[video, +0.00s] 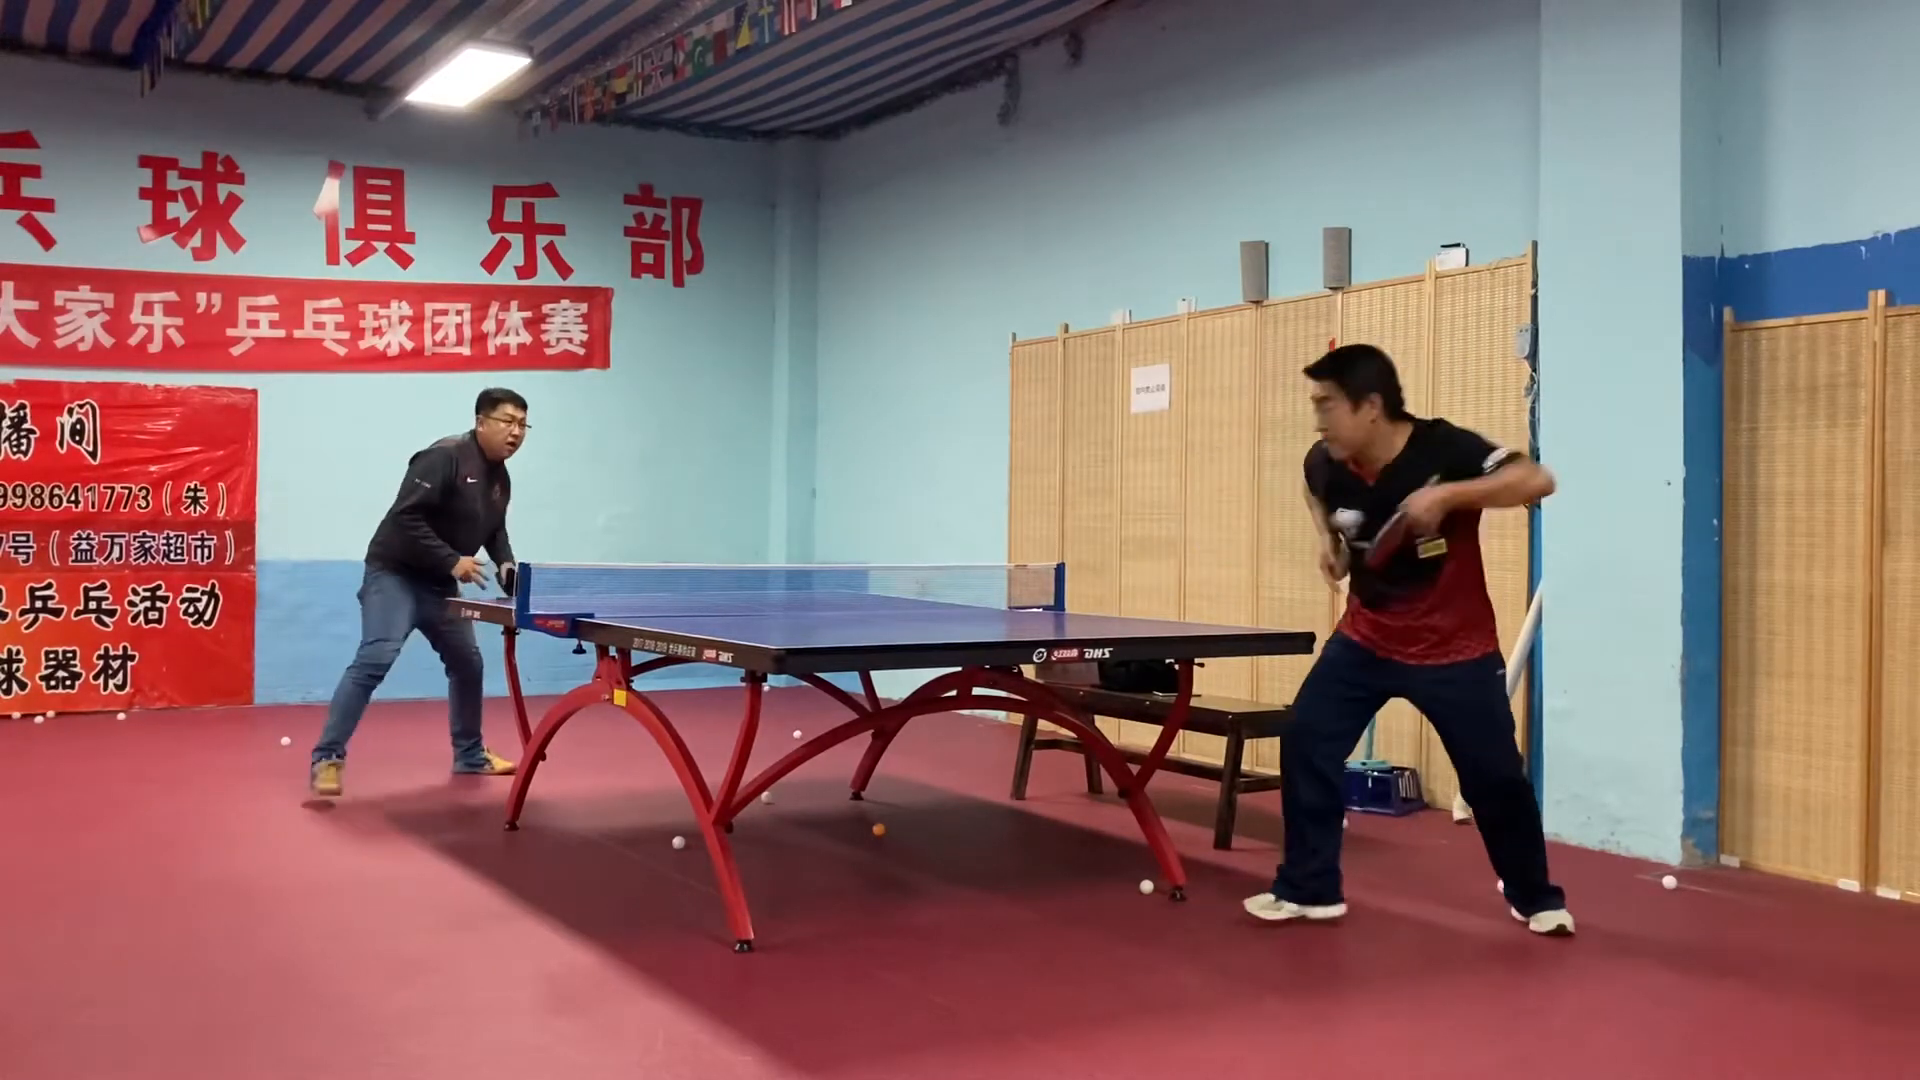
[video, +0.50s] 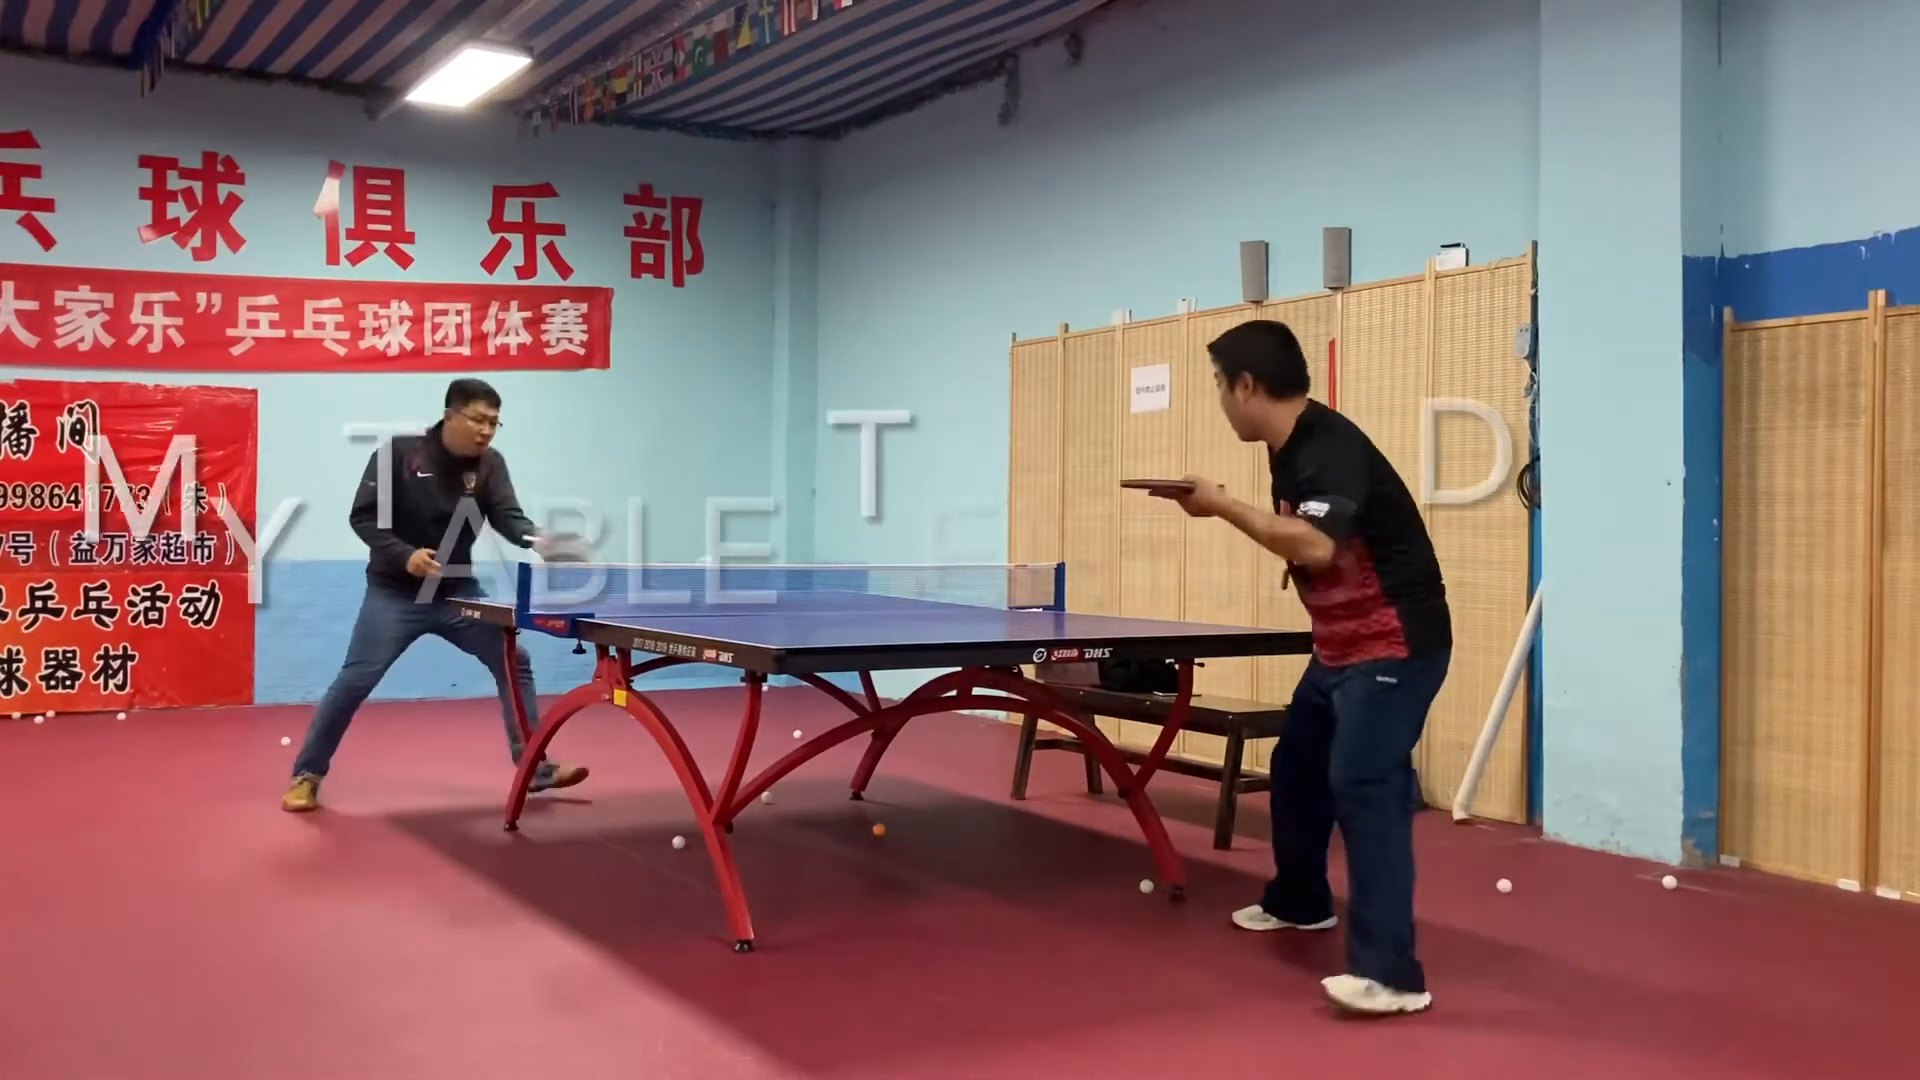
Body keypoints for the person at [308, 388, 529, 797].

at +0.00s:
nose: (516, 433)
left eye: (522, 426)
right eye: (508, 423)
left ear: (524, 431)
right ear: (481, 422)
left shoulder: (500, 479)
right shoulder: (442, 458)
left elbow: (494, 529)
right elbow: (404, 521)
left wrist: (506, 564)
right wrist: (451, 559)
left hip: (439, 583)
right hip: (394, 574)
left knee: (467, 663)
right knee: (376, 656)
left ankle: (469, 755)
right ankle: (328, 758)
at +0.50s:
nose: (487, 430)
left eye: (493, 423)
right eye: (478, 420)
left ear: (496, 425)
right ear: (450, 417)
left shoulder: (489, 464)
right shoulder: (398, 453)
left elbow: (507, 515)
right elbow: (363, 517)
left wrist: (536, 538)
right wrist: (404, 554)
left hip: (457, 594)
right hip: (394, 595)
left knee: (513, 659)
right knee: (358, 676)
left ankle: (534, 766)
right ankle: (307, 775)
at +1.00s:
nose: (538, 438)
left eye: (547, 430)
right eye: (529, 428)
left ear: (555, 431)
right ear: (506, 425)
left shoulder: (561, 480)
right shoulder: (471, 453)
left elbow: (569, 546)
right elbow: (439, 499)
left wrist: (552, 598)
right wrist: (425, 548)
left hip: (527, 602)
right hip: (462, 593)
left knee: (545, 668)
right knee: (405, 676)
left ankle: (557, 779)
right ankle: (382, 766)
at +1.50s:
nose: (558, 422)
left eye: (566, 415)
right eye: (548, 413)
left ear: (573, 419)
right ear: (527, 413)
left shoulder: (576, 465)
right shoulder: (485, 456)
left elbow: (598, 521)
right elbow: (446, 510)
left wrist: (620, 518)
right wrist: (460, 568)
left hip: (547, 587)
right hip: (484, 587)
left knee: (604, 650)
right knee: (443, 672)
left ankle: (610, 750)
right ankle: (404, 764)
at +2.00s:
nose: (504, 448)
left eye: (514, 439)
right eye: (495, 437)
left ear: (528, 438)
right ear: (481, 434)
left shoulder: (543, 473)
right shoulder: (459, 467)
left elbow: (529, 536)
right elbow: (436, 529)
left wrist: (472, 557)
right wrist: (419, 572)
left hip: (533, 590)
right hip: (474, 592)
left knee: (582, 665)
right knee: (441, 668)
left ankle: (610, 753)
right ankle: (412, 766)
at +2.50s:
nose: (483, 432)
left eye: (491, 423)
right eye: (473, 423)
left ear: (502, 426)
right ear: (455, 426)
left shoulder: (523, 469)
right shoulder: (432, 470)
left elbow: (543, 537)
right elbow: (404, 535)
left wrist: (537, 594)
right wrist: (390, 591)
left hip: (517, 590)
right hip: (459, 593)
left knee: (561, 668)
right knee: (436, 668)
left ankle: (577, 745)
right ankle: (408, 767)